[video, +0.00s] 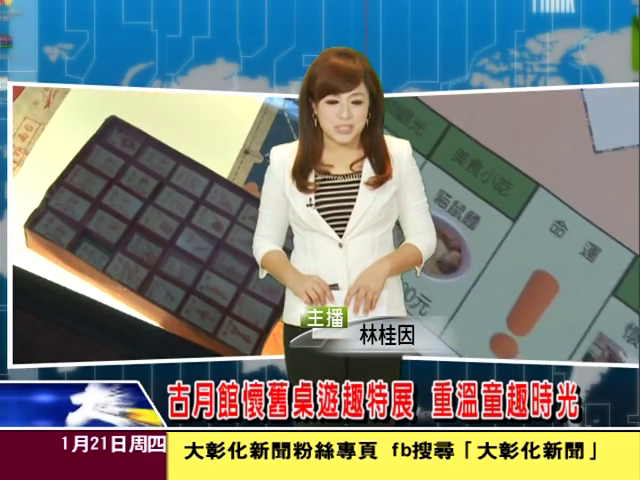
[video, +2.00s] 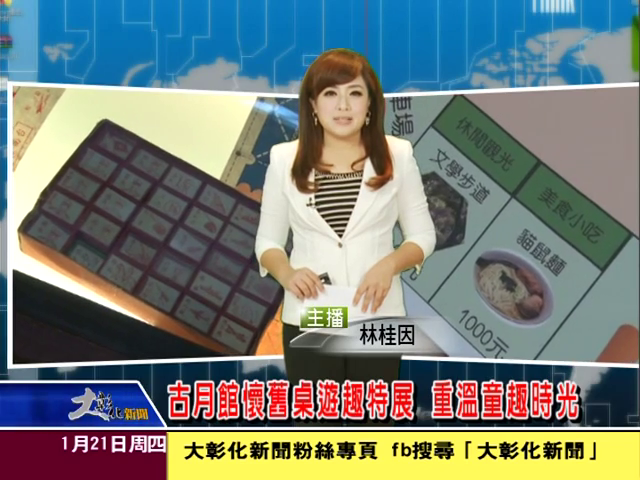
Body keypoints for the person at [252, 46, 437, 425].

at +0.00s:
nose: (345, 115)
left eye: (357, 102)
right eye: (332, 103)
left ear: (371, 105)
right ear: (312, 107)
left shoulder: (395, 156)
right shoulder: (285, 161)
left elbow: (424, 239)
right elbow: (265, 243)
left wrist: (382, 267)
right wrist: (296, 279)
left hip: (378, 325)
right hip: (308, 324)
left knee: (377, 440)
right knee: (315, 439)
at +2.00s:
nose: (343, 105)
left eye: (355, 94)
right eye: (330, 94)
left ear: (370, 103)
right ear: (312, 104)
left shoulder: (395, 155)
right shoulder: (286, 159)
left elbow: (423, 237)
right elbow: (268, 242)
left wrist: (388, 265)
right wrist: (289, 274)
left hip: (377, 325)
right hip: (308, 323)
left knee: (375, 441)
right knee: (314, 440)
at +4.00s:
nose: (343, 104)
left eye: (354, 92)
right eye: (330, 94)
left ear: (369, 101)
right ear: (311, 105)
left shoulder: (395, 155)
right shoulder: (286, 160)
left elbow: (424, 236)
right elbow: (265, 242)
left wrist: (389, 264)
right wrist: (289, 276)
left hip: (377, 325)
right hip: (308, 324)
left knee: (376, 441)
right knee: (313, 440)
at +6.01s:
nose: (344, 107)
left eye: (355, 95)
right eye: (331, 96)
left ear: (370, 102)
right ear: (311, 105)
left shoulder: (396, 155)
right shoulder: (286, 160)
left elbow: (424, 236)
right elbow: (267, 242)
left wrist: (389, 264)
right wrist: (290, 276)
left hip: (378, 324)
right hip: (309, 322)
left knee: (376, 437)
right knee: (314, 436)